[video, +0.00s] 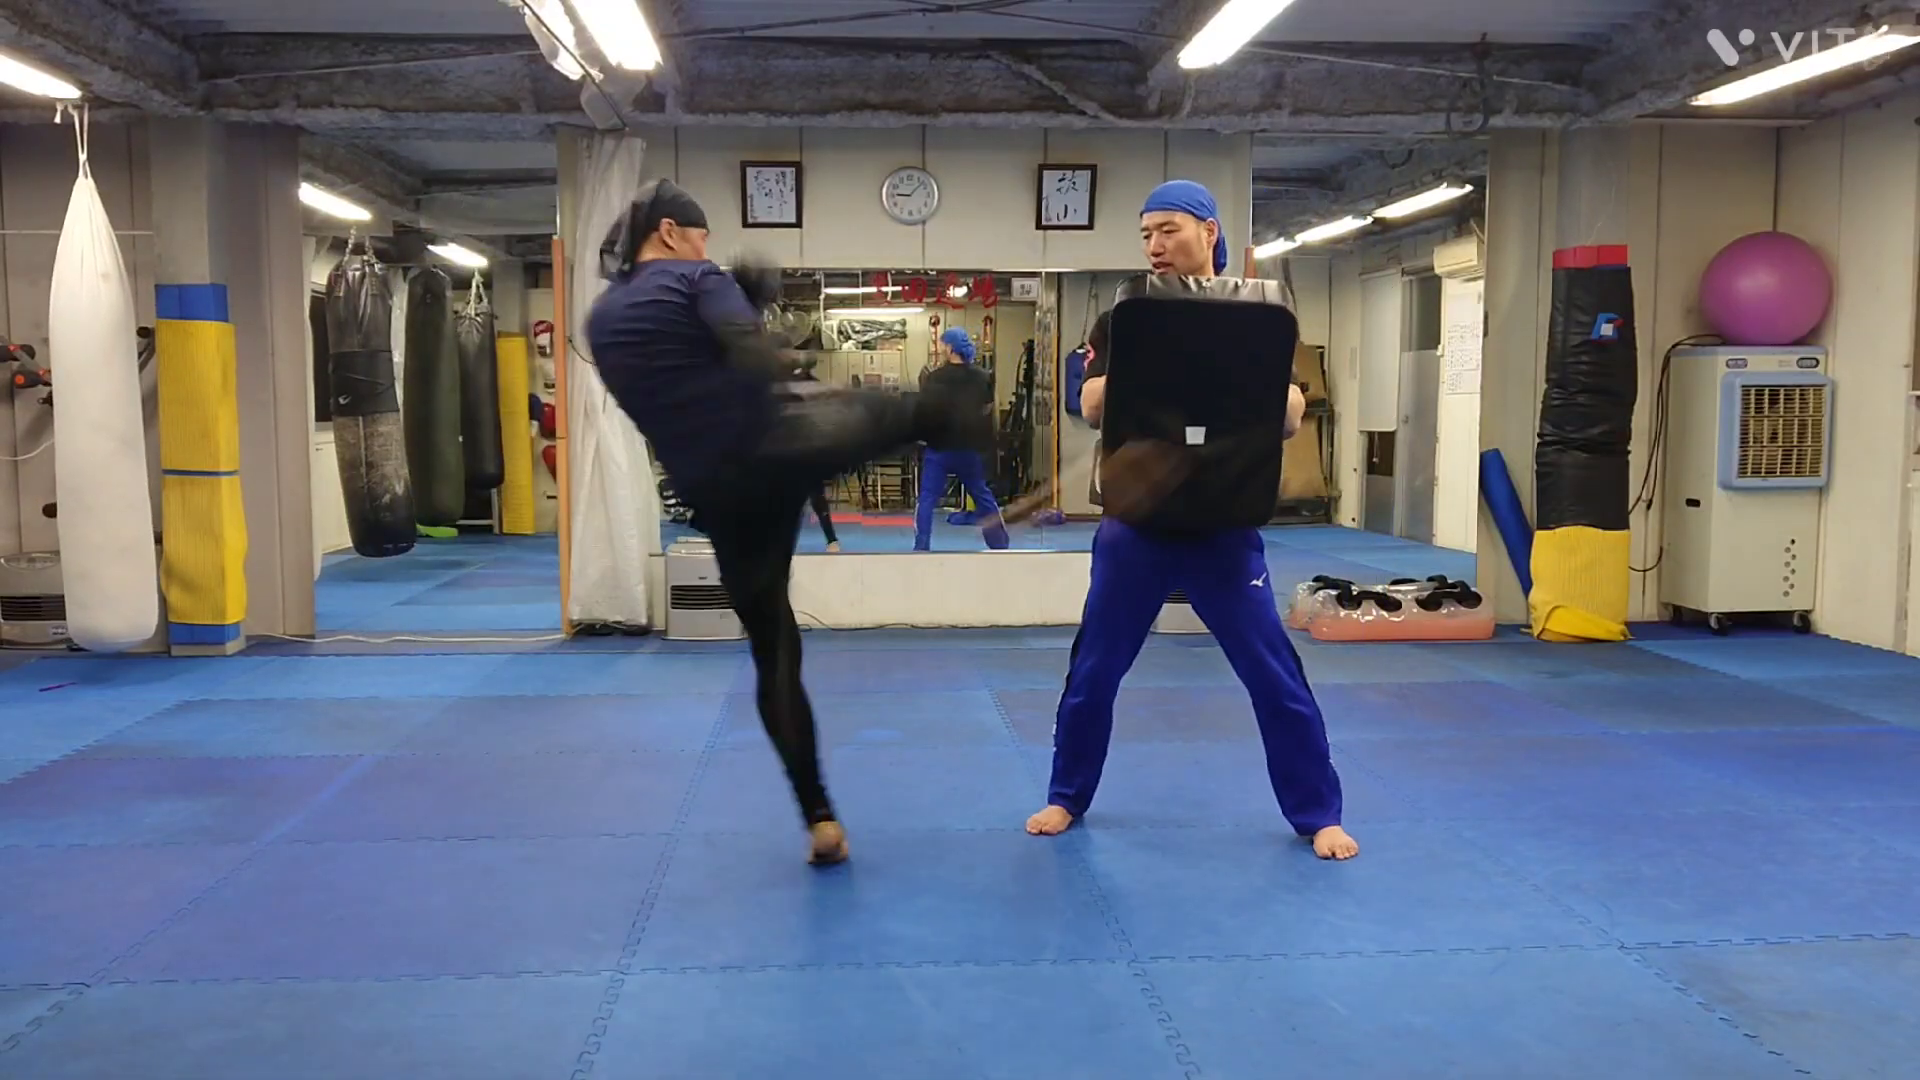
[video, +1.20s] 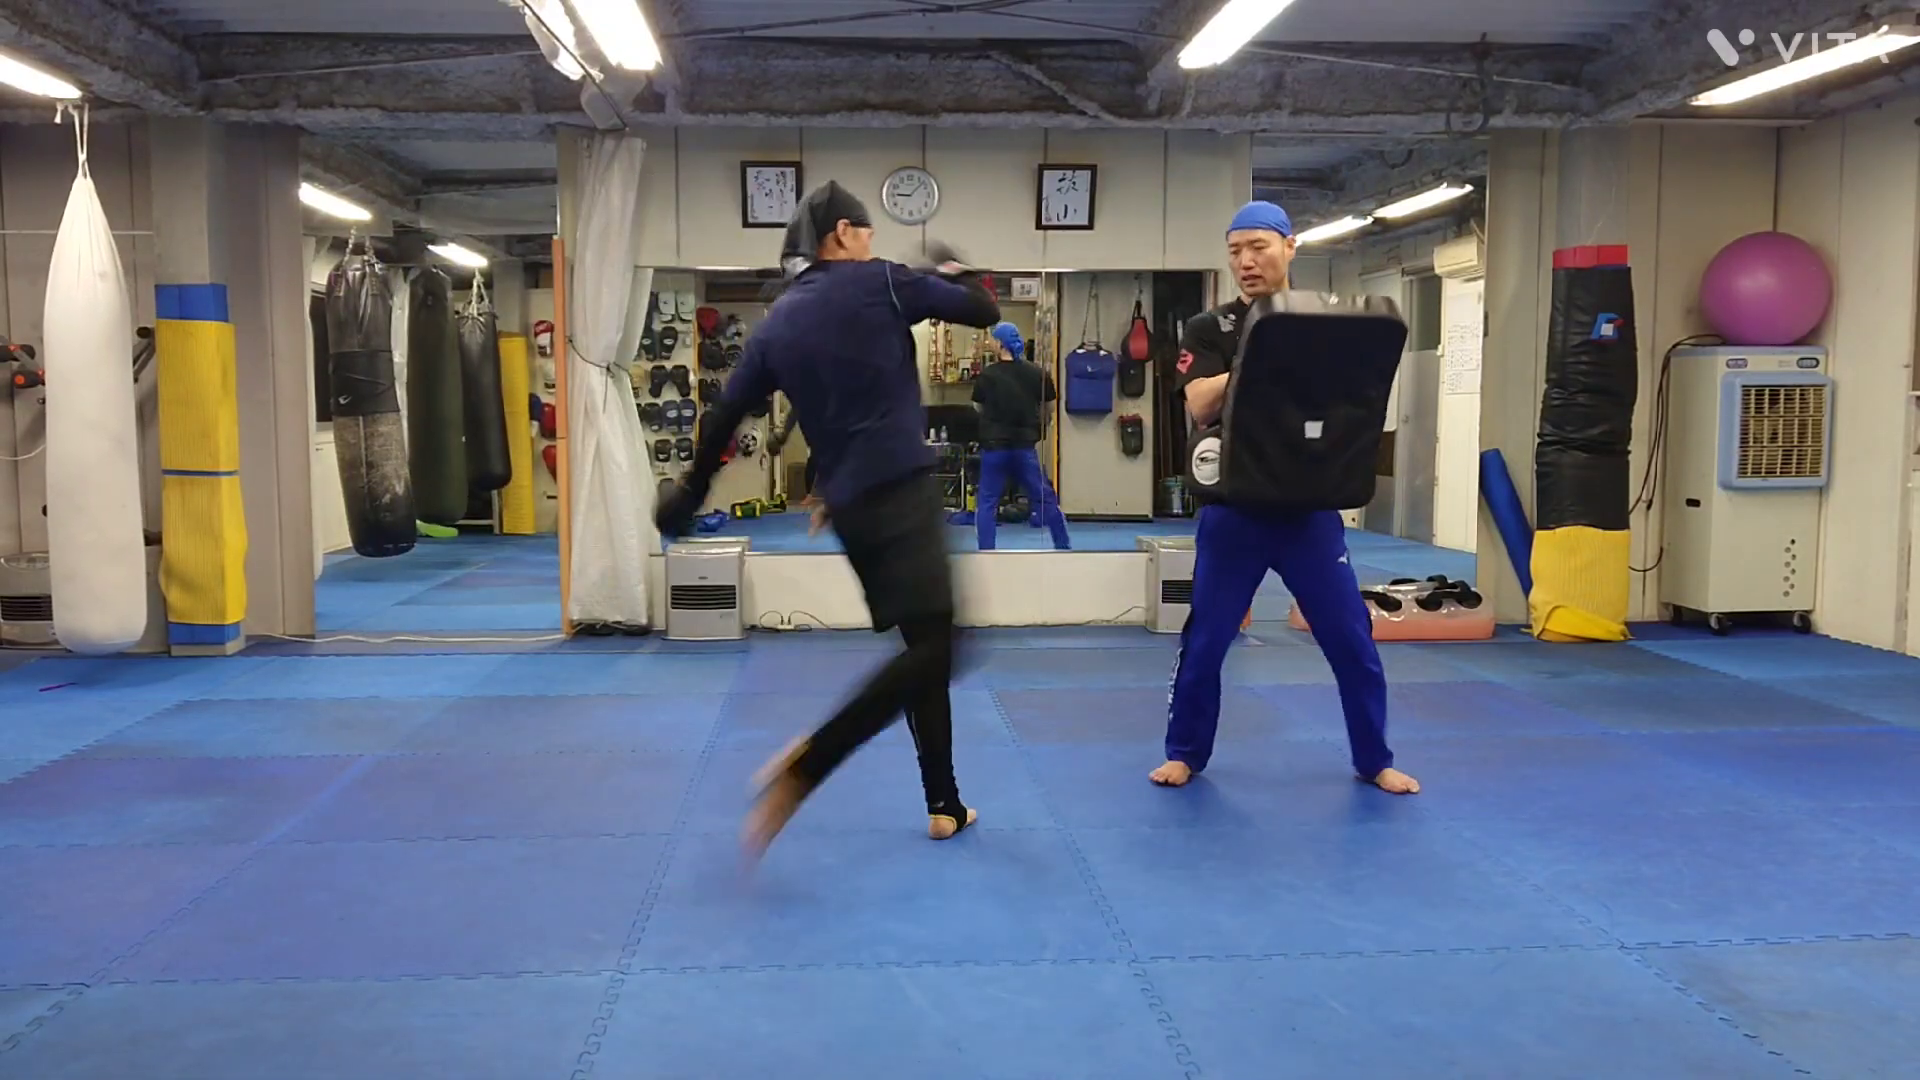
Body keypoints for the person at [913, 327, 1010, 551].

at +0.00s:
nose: (940, 349)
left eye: (942, 346)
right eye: (941, 345)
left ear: (951, 349)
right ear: (966, 349)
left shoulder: (935, 378)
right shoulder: (981, 377)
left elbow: (925, 413)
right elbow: (987, 406)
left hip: (940, 445)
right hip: (971, 444)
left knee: (928, 497)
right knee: (980, 492)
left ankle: (921, 546)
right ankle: (1000, 543)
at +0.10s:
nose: (943, 351)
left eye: (945, 347)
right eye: (944, 347)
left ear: (952, 350)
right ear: (969, 350)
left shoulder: (936, 378)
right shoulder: (985, 379)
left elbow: (927, 412)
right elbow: (989, 413)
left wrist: (923, 437)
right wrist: (985, 442)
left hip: (938, 445)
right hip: (969, 446)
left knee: (927, 498)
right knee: (981, 494)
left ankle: (921, 546)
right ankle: (999, 543)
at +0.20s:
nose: (945, 349)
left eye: (947, 346)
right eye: (947, 345)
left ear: (952, 349)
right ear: (971, 349)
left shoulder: (938, 376)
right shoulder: (986, 379)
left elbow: (927, 400)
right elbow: (990, 408)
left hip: (941, 453)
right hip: (976, 453)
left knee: (927, 493)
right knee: (988, 498)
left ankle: (922, 545)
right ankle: (1000, 547)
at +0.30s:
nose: (946, 345)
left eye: (947, 342)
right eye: (947, 341)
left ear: (952, 345)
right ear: (972, 345)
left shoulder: (938, 373)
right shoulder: (985, 376)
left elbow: (926, 403)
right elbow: (991, 407)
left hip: (944, 445)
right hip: (975, 444)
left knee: (930, 496)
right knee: (990, 494)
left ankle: (923, 545)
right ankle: (1002, 543)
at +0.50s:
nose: (956, 347)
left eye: (958, 344)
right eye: (958, 343)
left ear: (964, 348)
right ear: (982, 346)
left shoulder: (951, 375)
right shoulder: (998, 376)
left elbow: (940, 406)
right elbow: (1007, 410)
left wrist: (957, 416)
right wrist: (993, 425)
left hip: (953, 447)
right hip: (984, 447)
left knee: (935, 498)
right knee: (1003, 497)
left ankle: (921, 546)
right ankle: (1019, 543)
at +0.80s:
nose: (983, 342)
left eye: (986, 338)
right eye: (985, 337)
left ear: (995, 343)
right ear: (1009, 343)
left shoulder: (982, 371)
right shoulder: (1025, 371)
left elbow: (968, 403)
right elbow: (1035, 397)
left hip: (985, 443)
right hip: (1015, 443)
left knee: (964, 492)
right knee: (1022, 497)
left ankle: (953, 544)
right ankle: (1034, 548)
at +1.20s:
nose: (990, 344)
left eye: (993, 340)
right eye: (992, 340)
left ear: (1000, 345)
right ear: (1017, 344)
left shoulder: (989, 374)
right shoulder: (1036, 373)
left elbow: (978, 406)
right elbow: (1049, 404)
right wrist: (1036, 421)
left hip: (994, 444)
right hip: (1025, 444)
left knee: (987, 499)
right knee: (1043, 495)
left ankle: (986, 552)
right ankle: (1063, 546)